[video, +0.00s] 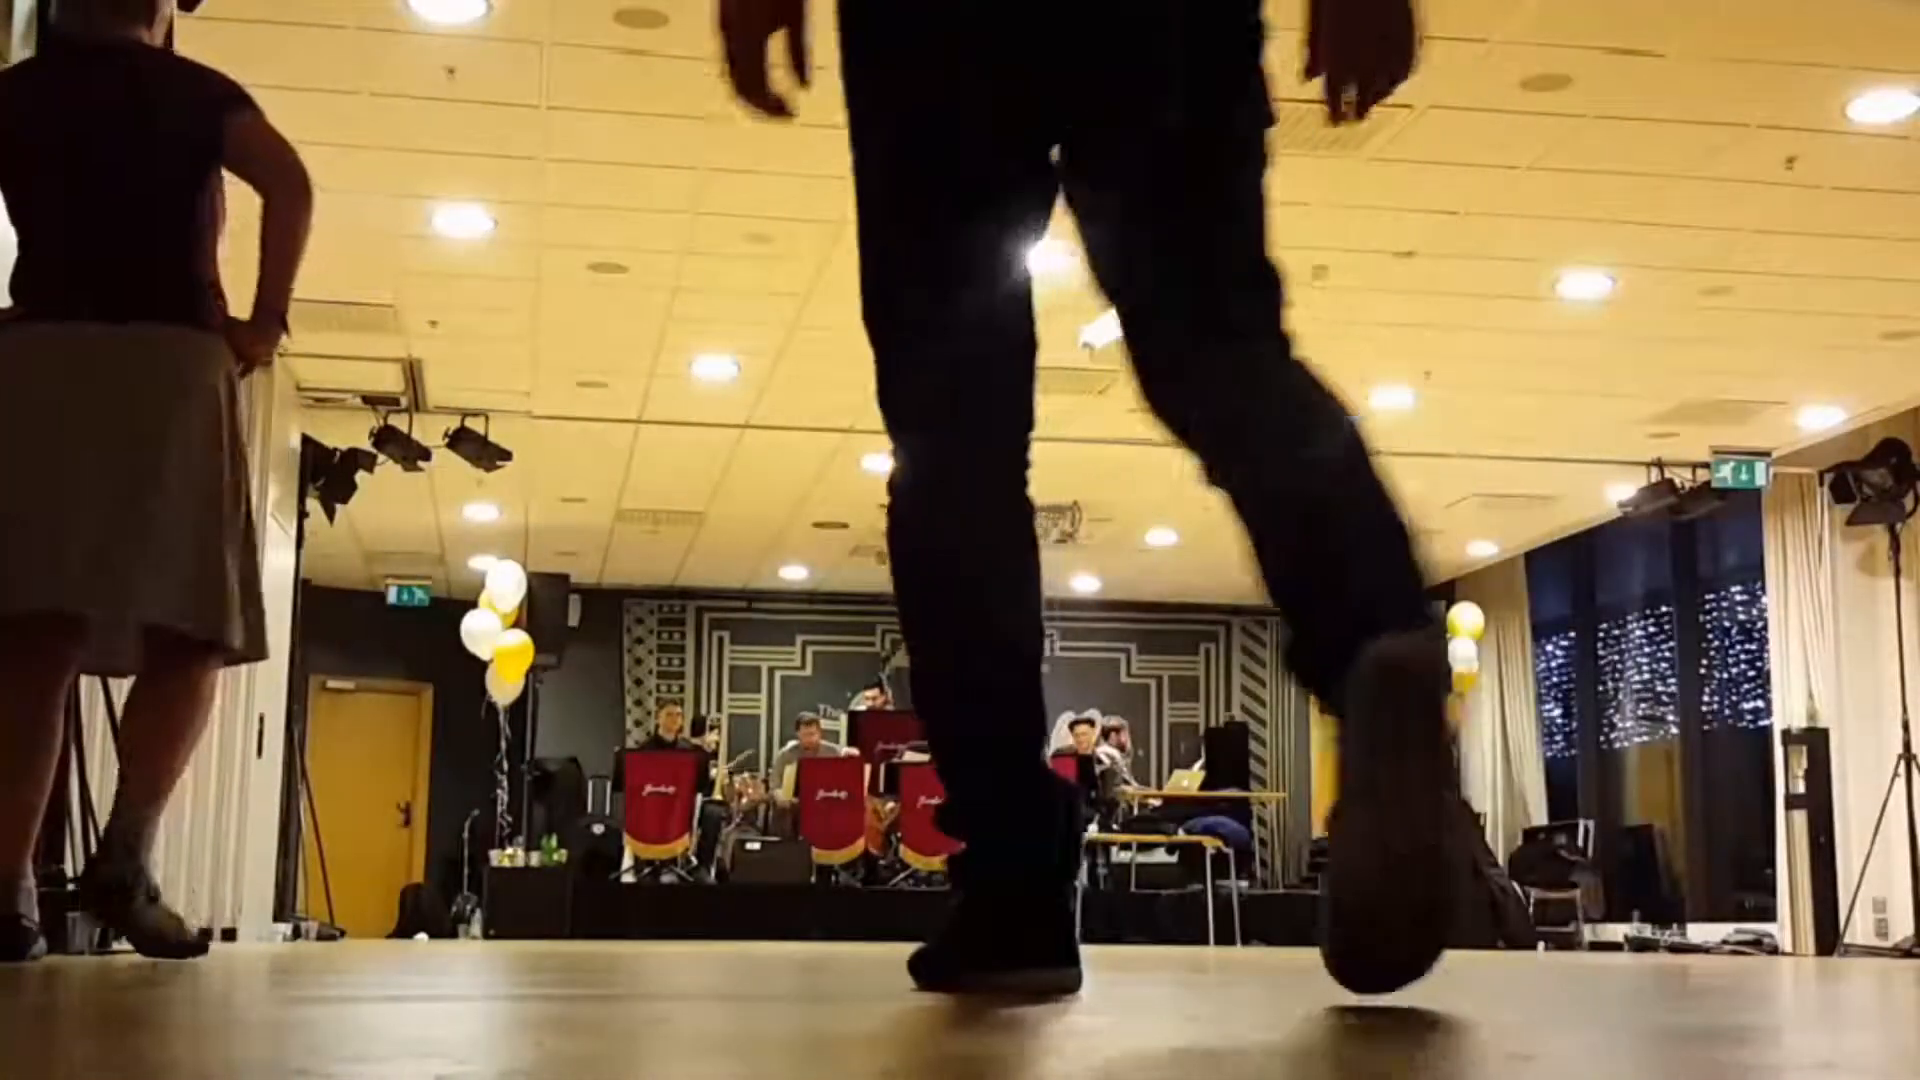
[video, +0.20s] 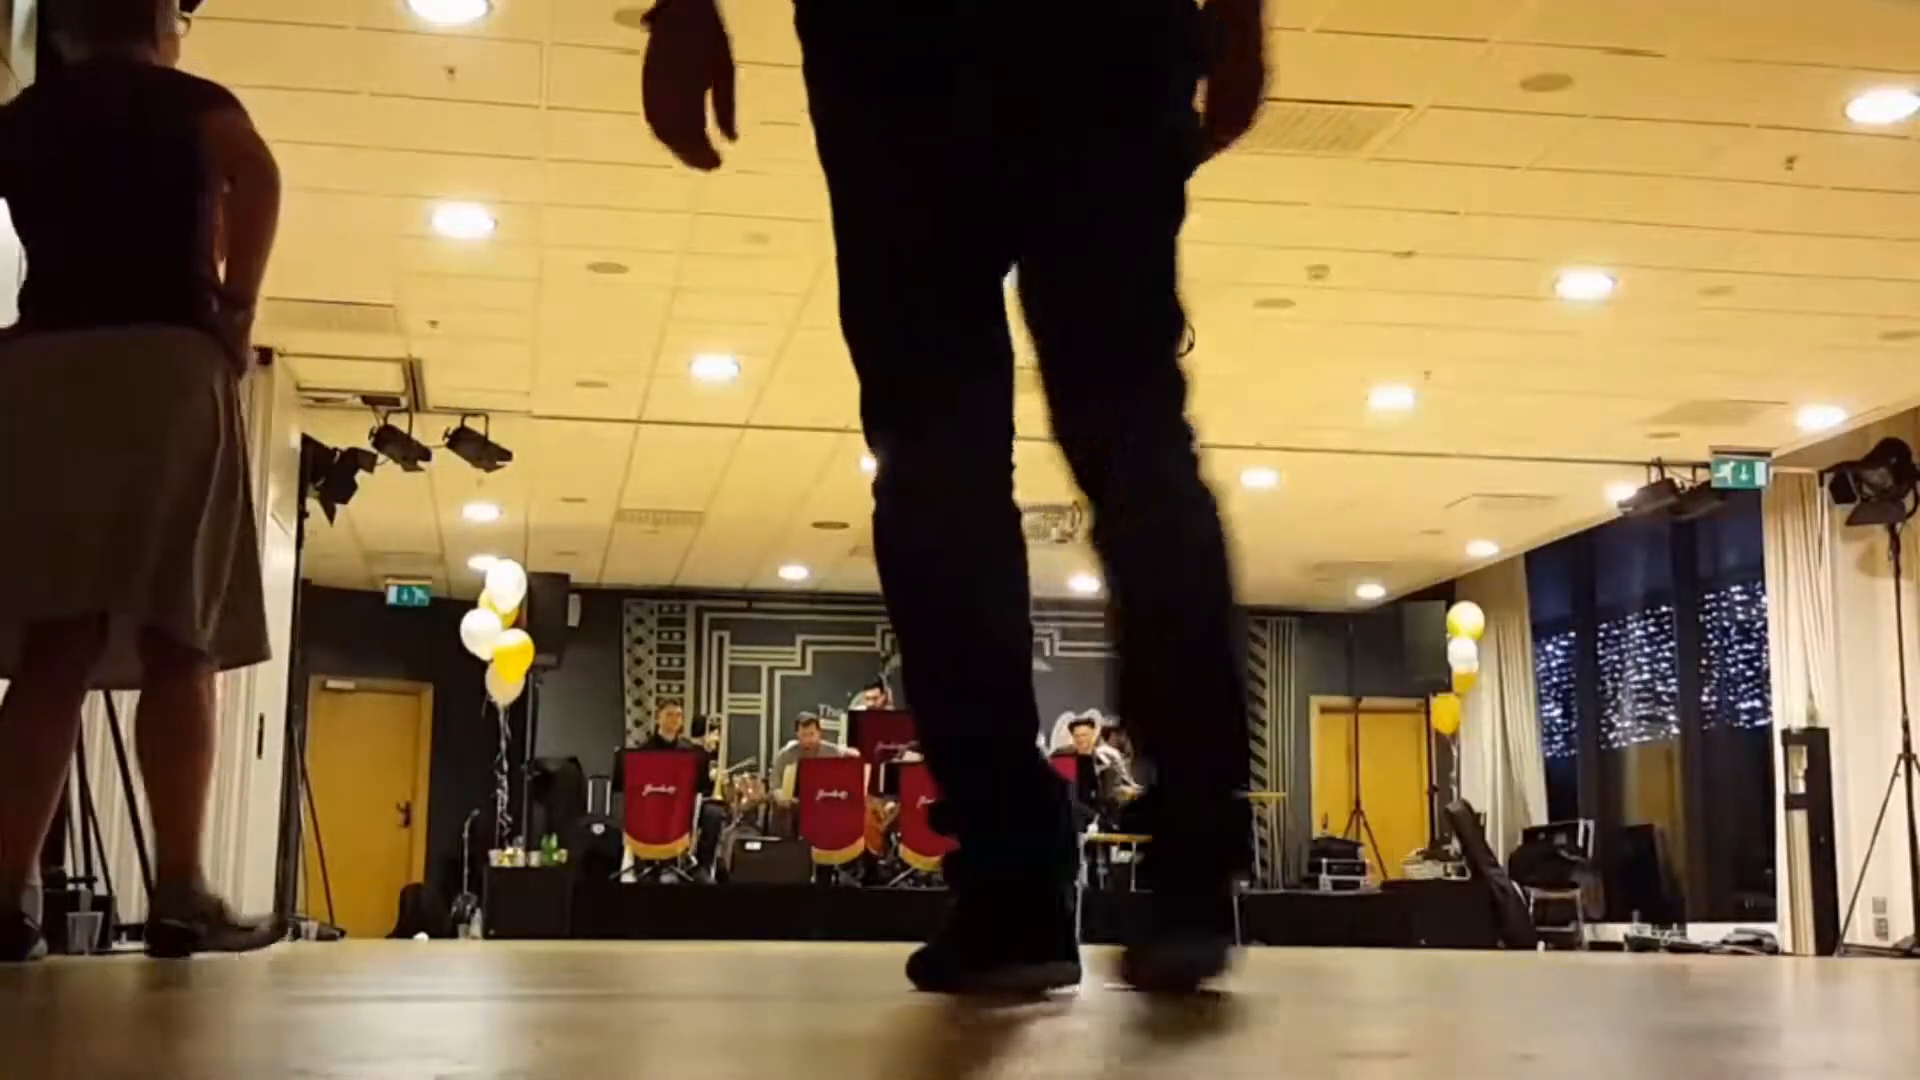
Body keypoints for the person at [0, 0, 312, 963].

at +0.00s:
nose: (180, 23)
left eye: (179, 14)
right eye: (178, 12)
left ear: (60, 10)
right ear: (156, 12)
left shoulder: (13, 92)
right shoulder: (194, 90)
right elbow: (290, 186)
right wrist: (268, 319)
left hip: (36, 368)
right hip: (169, 372)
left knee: (33, 634)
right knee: (189, 634)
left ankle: (13, 895)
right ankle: (124, 863)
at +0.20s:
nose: (181, 29)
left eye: (178, 18)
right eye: (178, 17)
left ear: (62, 31)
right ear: (163, 23)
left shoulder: (21, 118)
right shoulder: (199, 100)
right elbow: (257, 175)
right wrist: (240, 303)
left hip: (40, 375)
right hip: (171, 376)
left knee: (47, 651)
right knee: (179, 650)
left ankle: (12, 899)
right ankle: (180, 897)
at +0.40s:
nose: (218, 42)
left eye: (215, 27)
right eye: (210, 27)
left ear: (114, 35)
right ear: (185, 29)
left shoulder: (62, 122)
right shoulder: (228, 114)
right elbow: (270, 191)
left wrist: (14, 344)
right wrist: (256, 317)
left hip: (66, 383)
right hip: (196, 384)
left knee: (48, 659)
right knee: (212, 662)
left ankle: (9, 898)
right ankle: (234, 891)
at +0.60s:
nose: (277, 53)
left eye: (272, 36)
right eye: (270, 37)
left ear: (170, 45)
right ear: (246, 40)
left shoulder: (115, 129)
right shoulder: (280, 127)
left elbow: (4, 205)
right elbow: (319, 215)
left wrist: (43, 338)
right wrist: (301, 337)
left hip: (115, 393)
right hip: (241, 398)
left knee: (85, 650)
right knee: (245, 666)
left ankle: (16, 882)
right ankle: (244, 901)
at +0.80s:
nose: (340, 65)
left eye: (336, 48)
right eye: (334, 48)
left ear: (238, 58)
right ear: (313, 52)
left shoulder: (184, 143)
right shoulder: (350, 145)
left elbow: (60, 228)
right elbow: (402, 241)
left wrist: (115, 362)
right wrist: (380, 356)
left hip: (197, 411)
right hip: (313, 412)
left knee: (140, 655)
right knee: (286, 668)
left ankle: (18, 850)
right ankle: (252, 903)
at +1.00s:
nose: (390, 58)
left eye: (387, 40)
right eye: (381, 41)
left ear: (292, 50)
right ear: (353, 48)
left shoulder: (231, 142)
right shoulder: (390, 145)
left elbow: (108, 236)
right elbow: (420, 250)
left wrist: (172, 356)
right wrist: (407, 353)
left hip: (239, 414)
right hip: (343, 413)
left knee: (216, 669)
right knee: (304, 667)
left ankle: (150, 899)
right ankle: (255, 906)